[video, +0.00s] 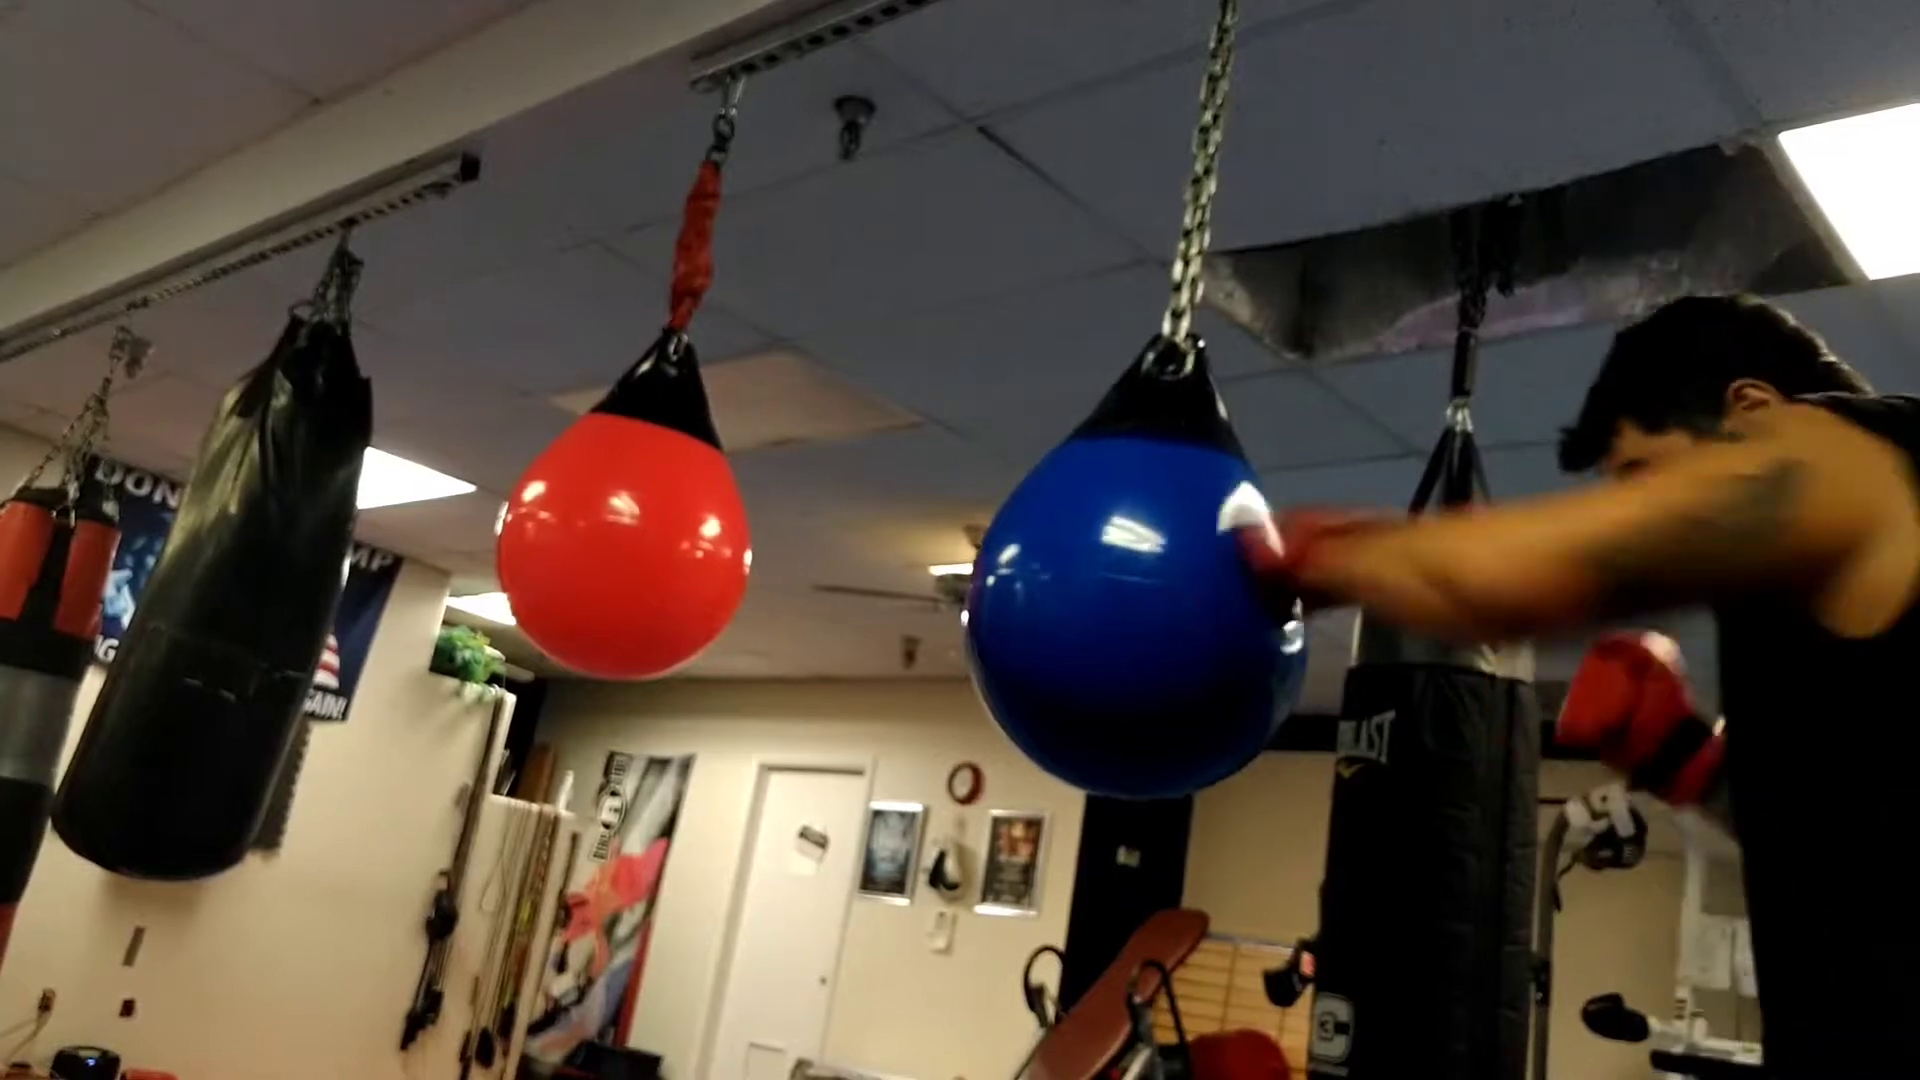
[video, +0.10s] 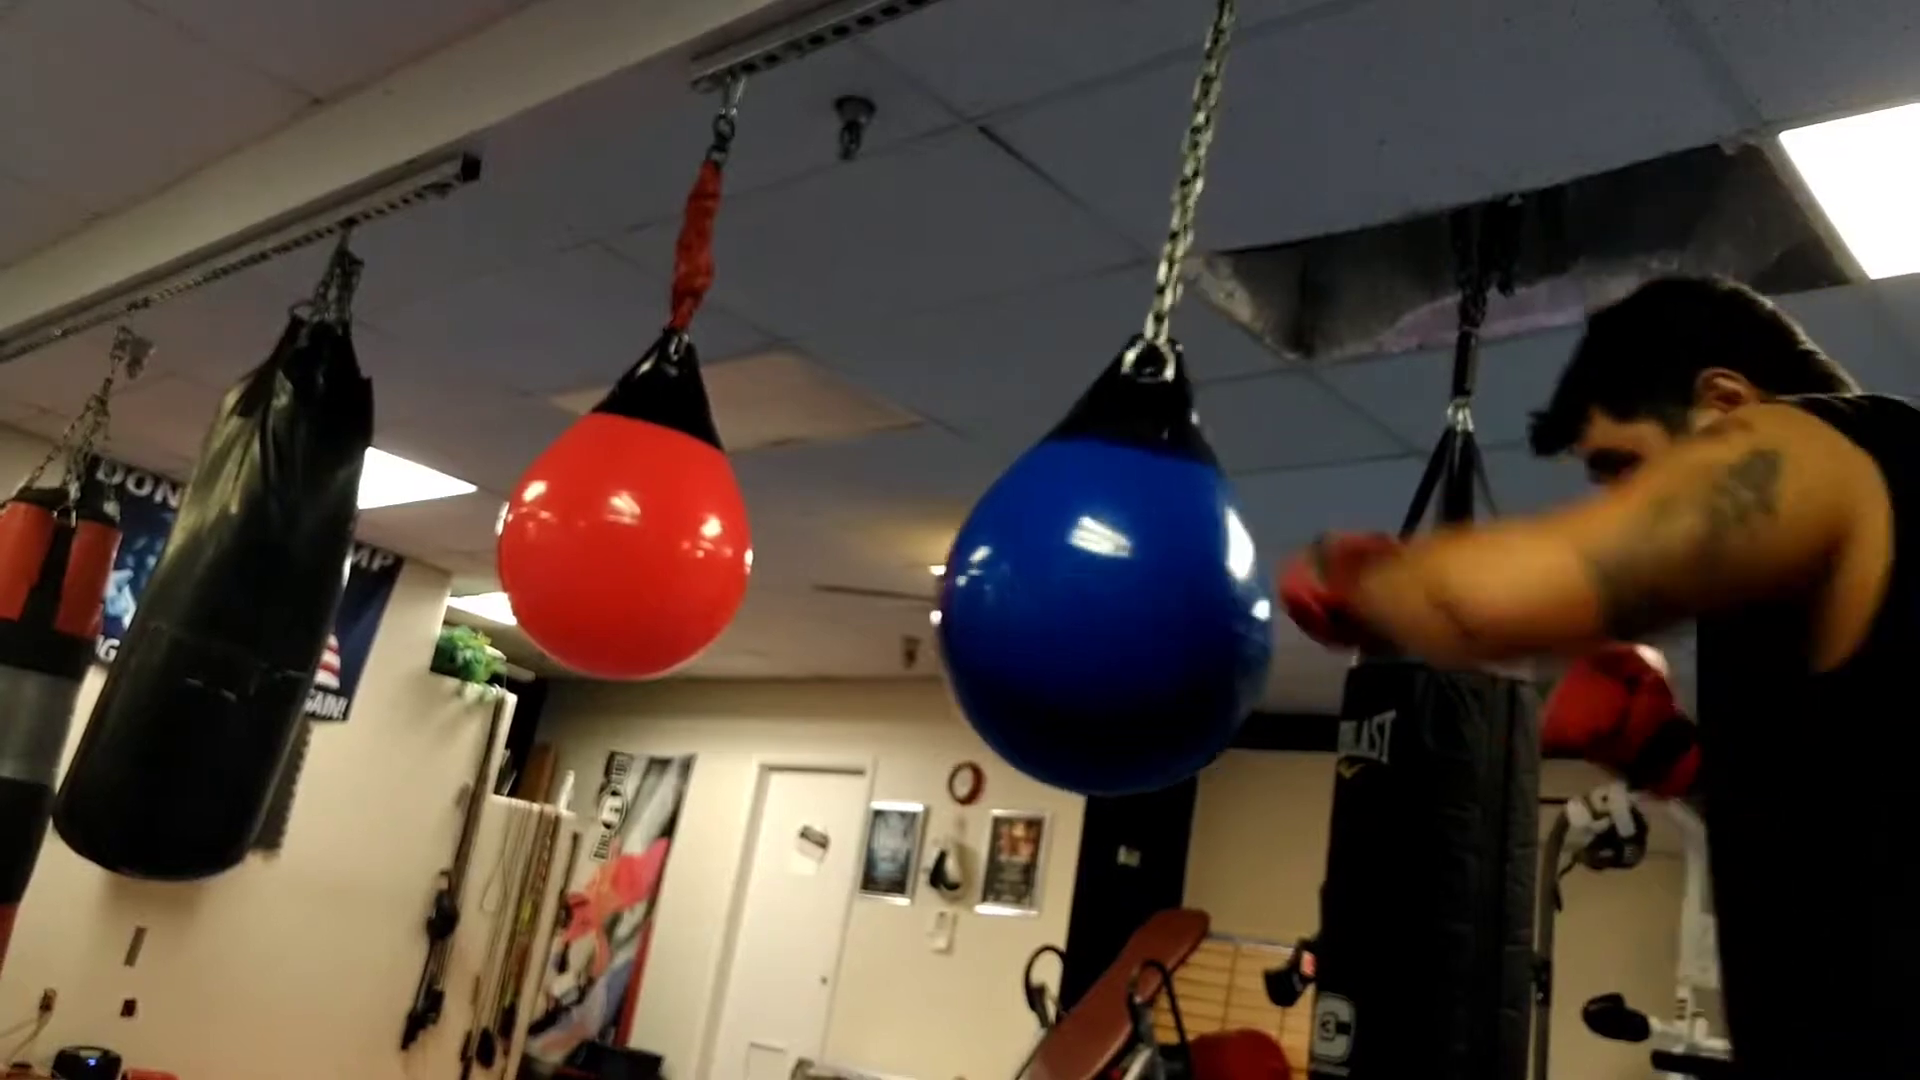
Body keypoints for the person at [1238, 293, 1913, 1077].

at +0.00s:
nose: (1635, 512)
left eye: (1644, 474)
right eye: (1627, 487)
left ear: (1751, 411)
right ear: (1761, 413)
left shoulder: (1832, 463)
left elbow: (1486, 575)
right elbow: (1879, 835)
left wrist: (1297, 556)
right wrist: (1684, 753)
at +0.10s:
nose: (1613, 510)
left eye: (1619, 468)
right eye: (1602, 479)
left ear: (1724, 407)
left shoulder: (1811, 456)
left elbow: (1479, 601)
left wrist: (1360, 583)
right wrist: (1668, 751)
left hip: (1878, 1039)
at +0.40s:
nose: (1547, 472)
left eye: (1547, 421)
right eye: (1533, 435)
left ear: (1655, 360)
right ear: (1654, 365)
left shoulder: (1880, 486)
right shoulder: (1724, 495)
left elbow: (1825, 838)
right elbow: (1413, 569)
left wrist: (1563, 653)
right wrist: (1145, 573)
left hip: (1866, 1062)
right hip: (1763, 1046)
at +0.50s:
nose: (1562, 444)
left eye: (1573, 385)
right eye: (1553, 402)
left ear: (1699, 331)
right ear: (1700, 338)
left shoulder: (1901, 480)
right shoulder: (1706, 509)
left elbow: (1892, 833)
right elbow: (1516, 610)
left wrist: (1608, 643)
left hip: (1887, 1061)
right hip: (1740, 1041)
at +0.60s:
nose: (1586, 429)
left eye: (1602, 372)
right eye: (1581, 389)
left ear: (1731, 326)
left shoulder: (1906, 493)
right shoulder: (1740, 521)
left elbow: (1907, 807)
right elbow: (1618, 760)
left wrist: (1642, 682)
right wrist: (1485, 738)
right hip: (1744, 1036)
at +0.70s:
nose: (1620, 443)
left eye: (1635, 387)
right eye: (1615, 403)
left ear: (1760, 339)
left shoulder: (1909, 521)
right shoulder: (1800, 550)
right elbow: (1794, 863)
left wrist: (1683, 705)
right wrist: (1610, 788)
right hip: (1783, 1056)